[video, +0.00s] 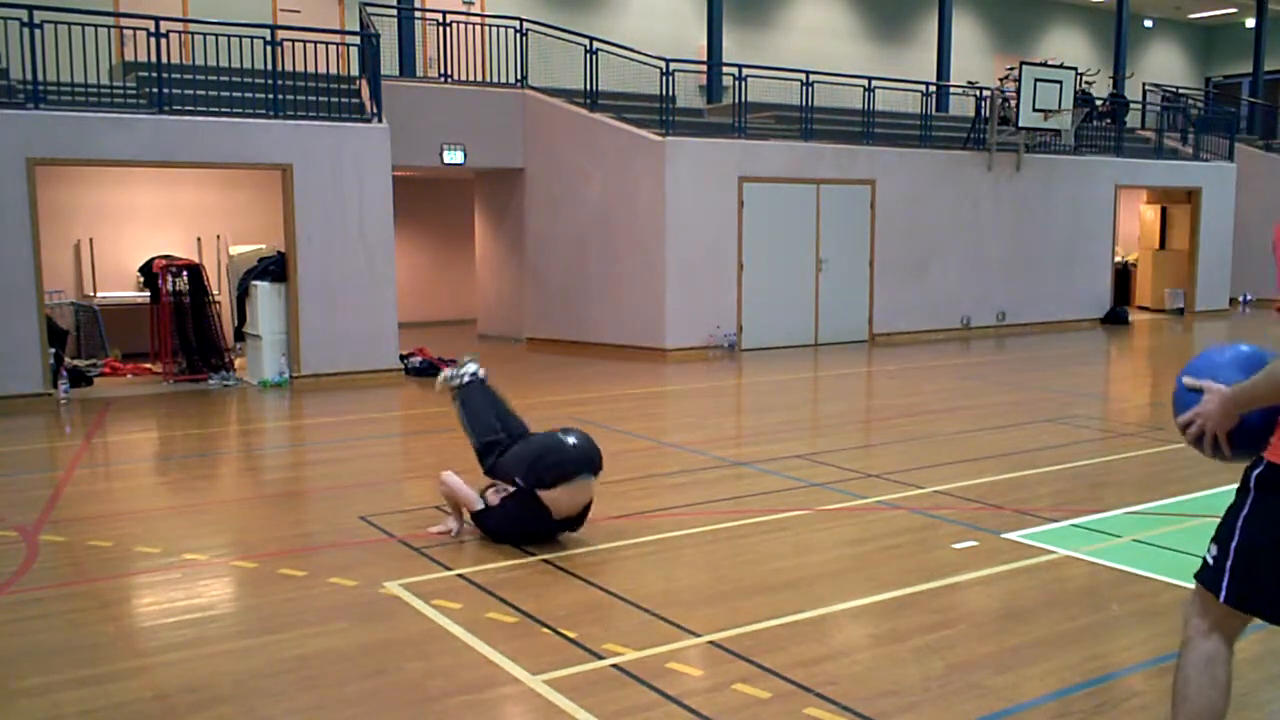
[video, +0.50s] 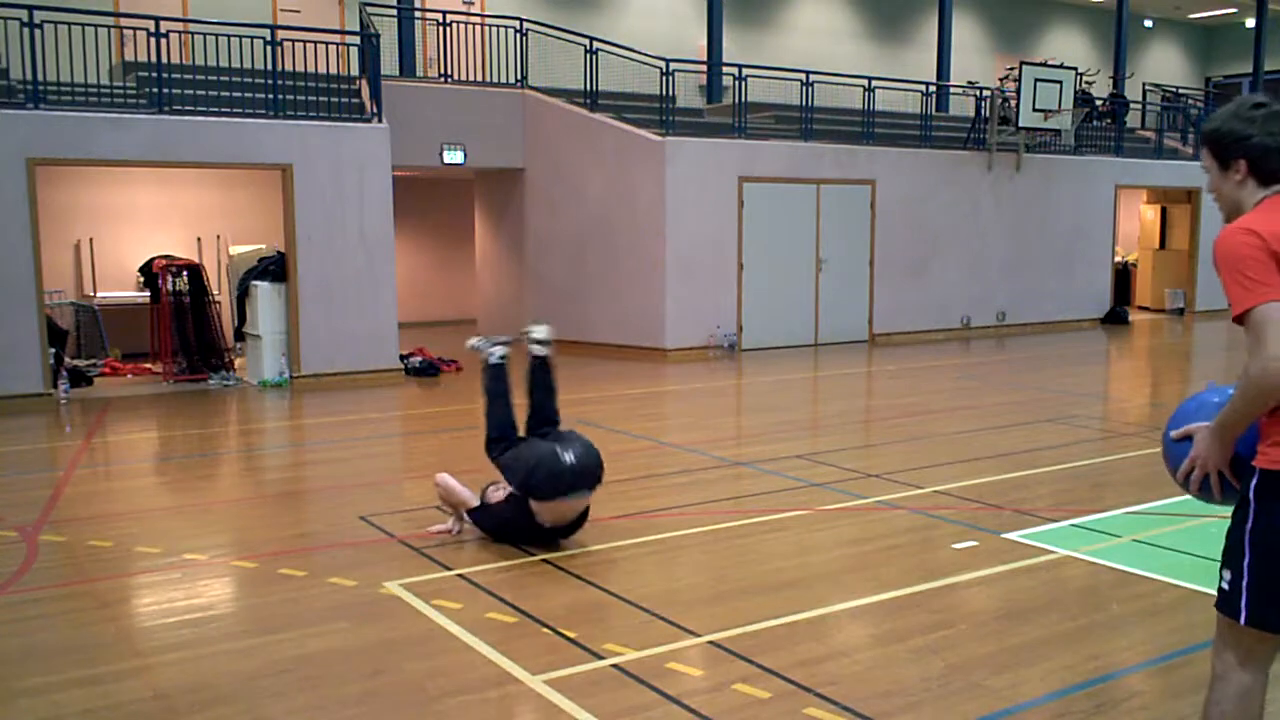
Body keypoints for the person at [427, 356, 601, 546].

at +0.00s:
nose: (500, 489)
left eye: (499, 487)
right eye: (493, 493)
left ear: (506, 487)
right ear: (488, 507)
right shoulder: (495, 522)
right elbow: (447, 478)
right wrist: (456, 519)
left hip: (588, 454)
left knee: (523, 451)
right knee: (493, 460)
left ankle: (477, 381)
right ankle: (467, 383)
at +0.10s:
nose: (497, 491)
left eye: (496, 490)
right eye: (491, 495)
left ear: (503, 491)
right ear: (489, 508)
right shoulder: (496, 524)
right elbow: (440, 486)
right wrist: (458, 521)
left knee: (513, 448)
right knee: (490, 469)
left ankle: (470, 398)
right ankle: (457, 402)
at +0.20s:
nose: (493, 493)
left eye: (492, 494)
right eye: (489, 496)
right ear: (490, 506)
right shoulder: (499, 526)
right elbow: (440, 484)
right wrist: (458, 521)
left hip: (576, 436)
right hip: (538, 441)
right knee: (486, 476)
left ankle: (475, 398)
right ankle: (457, 407)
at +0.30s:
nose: (494, 492)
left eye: (494, 491)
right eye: (490, 499)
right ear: (489, 507)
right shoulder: (497, 524)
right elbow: (440, 485)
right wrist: (458, 520)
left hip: (574, 435)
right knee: (487, 472)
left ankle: (488, 385)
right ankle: (459, 399)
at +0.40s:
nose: (496, 491)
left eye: (496, 490)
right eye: (490, 496)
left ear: (504, 489)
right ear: (487, 508)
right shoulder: (496, 524)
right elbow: (440, 483)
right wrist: (457, 520)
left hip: (580, 442)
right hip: (533, 454)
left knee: (531, 439)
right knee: (490, 458)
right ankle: (471, 379)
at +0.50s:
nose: (500, 486)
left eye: (500, 484)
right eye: (493, 490)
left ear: (510, 484)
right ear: (489, 505)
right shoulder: (491, 520)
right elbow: (442, 480)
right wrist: (456, 516)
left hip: (589, 462)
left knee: (542, 433)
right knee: (501, 448)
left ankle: (540, 353)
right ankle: (495, 358)